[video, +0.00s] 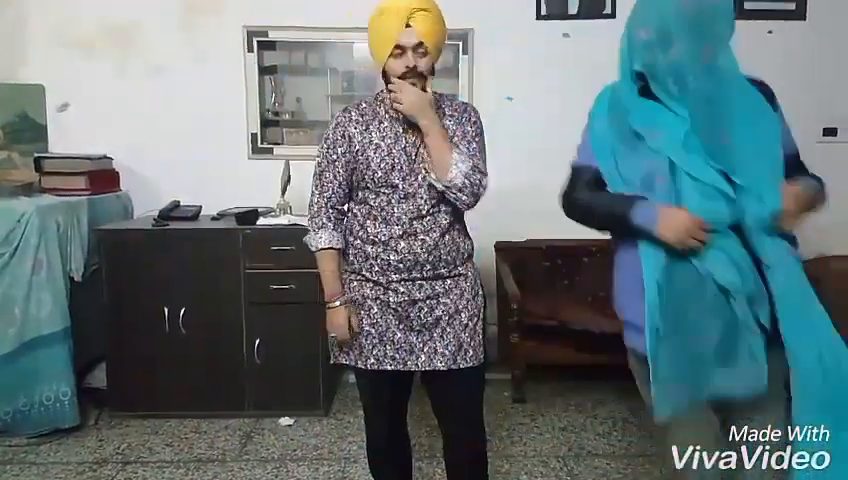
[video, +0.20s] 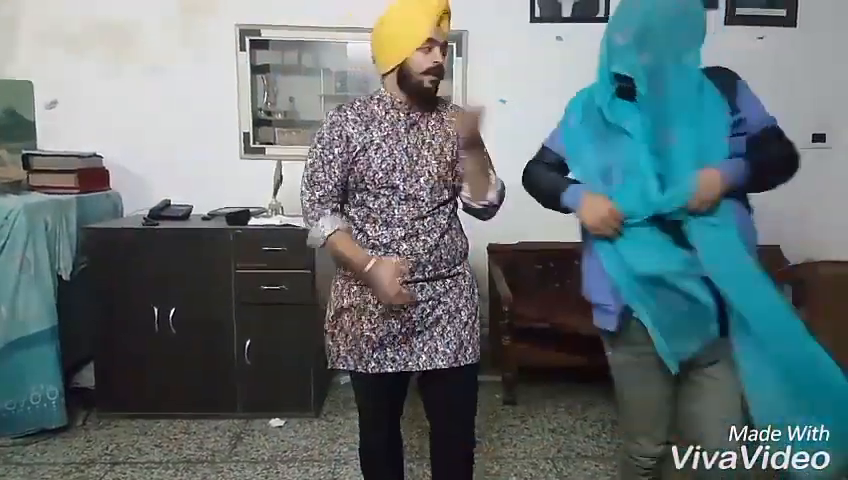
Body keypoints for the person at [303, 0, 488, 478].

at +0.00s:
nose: (411, 62)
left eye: (422, 51)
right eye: (399, 52)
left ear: (437, 56)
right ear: (381, 59)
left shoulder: (460, 117)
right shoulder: (350, 125)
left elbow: (467, 192)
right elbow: (325, 214)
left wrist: (428, 120)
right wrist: (333, 300)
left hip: (449, 294)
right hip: (375, 298)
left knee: (465, 433)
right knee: (384, 433)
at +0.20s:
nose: (439, 58)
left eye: (442, 48)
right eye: (426, 47)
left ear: (446, 54)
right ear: (394, 54)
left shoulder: (454, 121)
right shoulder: (347, 123)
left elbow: (486, 208)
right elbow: (318, 208)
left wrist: (473, 147)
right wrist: (367, 265)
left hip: (448, 299)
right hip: (373, 303)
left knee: (455, 440)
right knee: (379, 439)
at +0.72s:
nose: (474, 107)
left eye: (477, 100)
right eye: (470, 99)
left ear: (444, 87)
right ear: (444, 90)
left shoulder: (439, 123)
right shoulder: (381, 111)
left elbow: (449, 205)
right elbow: (406, 188)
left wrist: (470, 169)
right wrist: (461, 153)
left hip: (435, 296)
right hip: (389, 300)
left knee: (423, 433)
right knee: (391, 435)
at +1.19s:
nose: (479, 67)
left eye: (480, 54)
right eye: (472, 54)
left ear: (442, 55)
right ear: (438, 53)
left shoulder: (459, 124)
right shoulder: (379, 116)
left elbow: (474, 196)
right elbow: (410, 206)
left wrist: (524, 209)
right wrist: (507, 200)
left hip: (443, 302)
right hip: (386, 305)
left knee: (424, 440)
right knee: (399, 454)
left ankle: (410, 470)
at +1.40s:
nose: (461, 55)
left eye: (469, 43)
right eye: (447, 42)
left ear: (476, 47)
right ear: (415, 44)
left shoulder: (480, 123)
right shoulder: (373, 115)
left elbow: (509, 191)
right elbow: (343, 208)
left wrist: (532, 243)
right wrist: (443, 245)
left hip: (470, 323)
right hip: (394, 323)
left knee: (457, 456)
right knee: (402, 463)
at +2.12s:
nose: (467, 47)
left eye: (480, 32)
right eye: (465, 32)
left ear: (528, 35)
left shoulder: (595, 116)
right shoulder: (457, 112)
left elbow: (681, 207)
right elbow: (410, 183)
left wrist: (619, 299)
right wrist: (424, 271)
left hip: (556, 348)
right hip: (463, 341)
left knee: (559, 472)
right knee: (443, 470)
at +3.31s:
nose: (429, 93)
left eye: (435, 76)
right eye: (430, 79)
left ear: (470, 77)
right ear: (477, 78)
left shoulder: (548, 152)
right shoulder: (444, 155)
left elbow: (623, 269)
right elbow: (396, 242)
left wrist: (564, 375)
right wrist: (421, 161)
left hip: (524, 399)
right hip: (439, 389)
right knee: (438, 472)